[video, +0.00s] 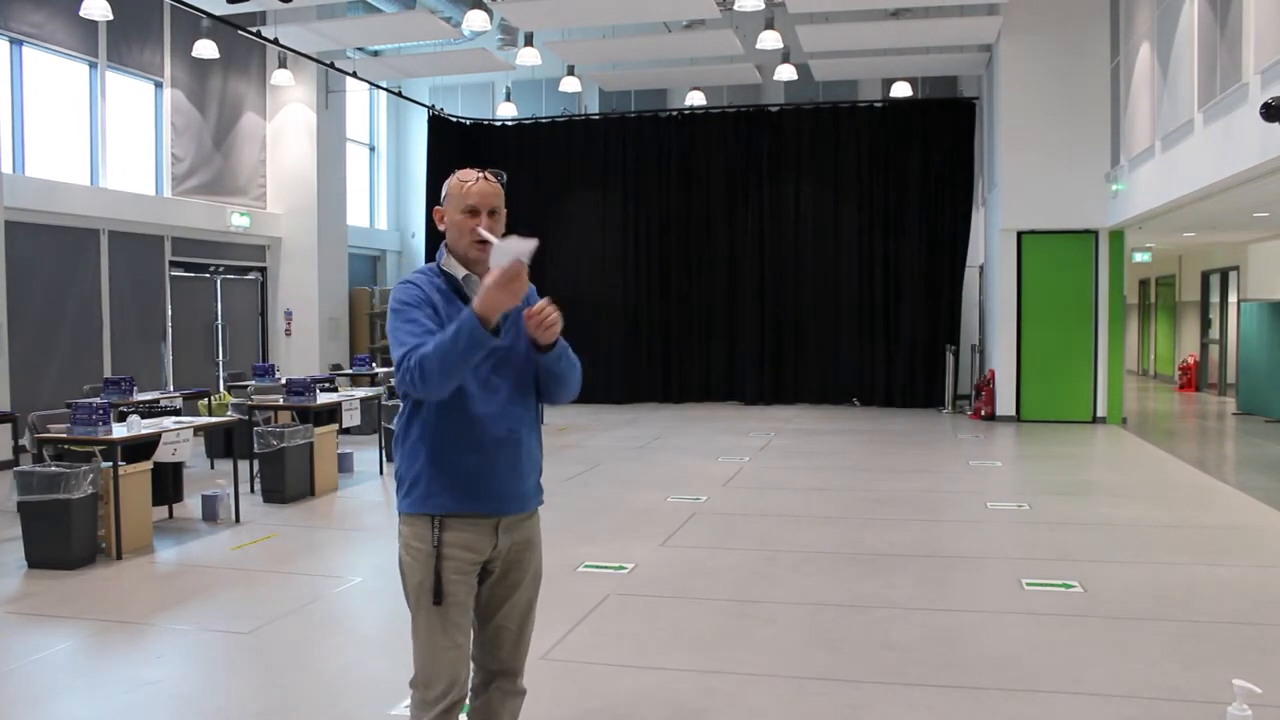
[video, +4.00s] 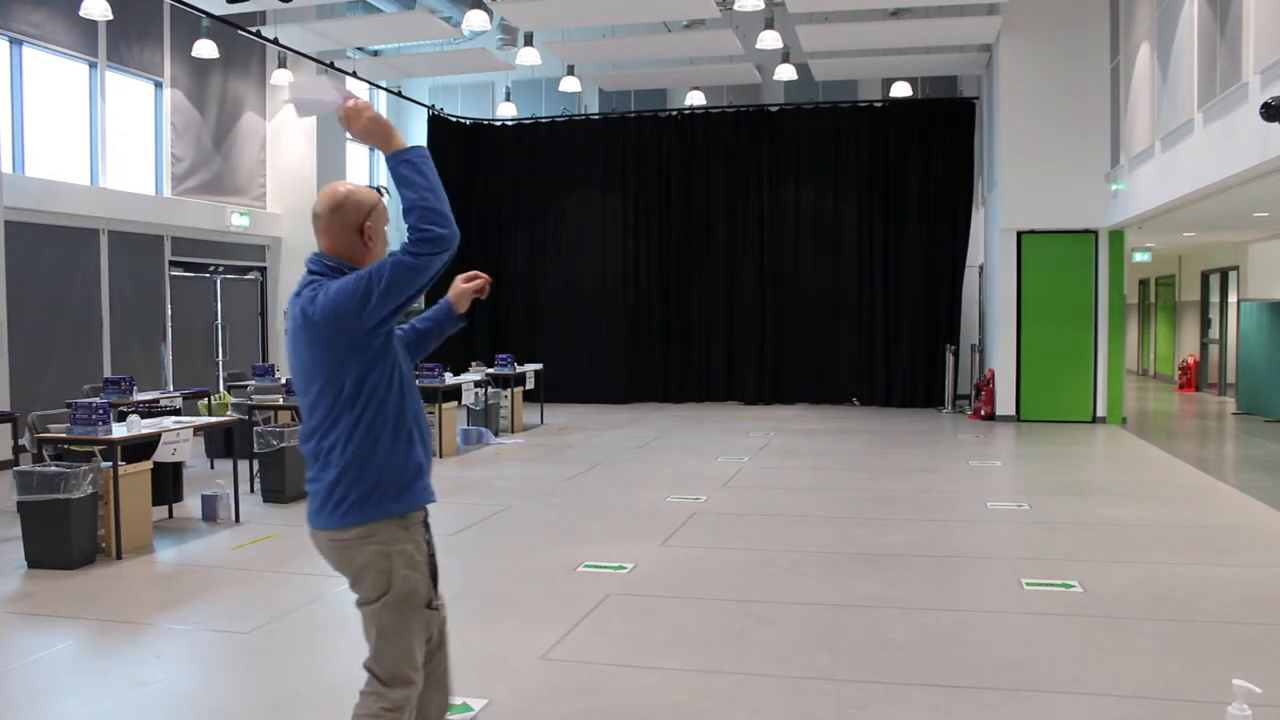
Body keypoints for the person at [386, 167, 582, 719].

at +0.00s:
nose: (484, 226)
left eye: (495, 215)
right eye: (471, 214)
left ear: (505, 222)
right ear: (441, 220)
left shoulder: (519, 290)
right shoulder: (415, 293)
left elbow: (563, 389)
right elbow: (419, 378)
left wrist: (550, 344)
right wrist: (485, 313)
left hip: (517, 514)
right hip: (440, 517)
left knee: (504, 681)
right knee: (442, 686)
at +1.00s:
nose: (430, 230)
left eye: (433, 217)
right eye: (420, 214)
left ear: (380, 211)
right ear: (373, 207)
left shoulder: (400, 290)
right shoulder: (340, 297)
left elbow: (439, 374)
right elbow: (393, 417)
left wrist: (509, 365)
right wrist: (492, 368)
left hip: (404, 526)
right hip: (352, 533)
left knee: (416, 685)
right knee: (373, 700)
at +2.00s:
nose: (338, 226)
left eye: (337, 211)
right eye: (334, 211)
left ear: (276, 211)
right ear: (311, 209)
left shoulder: (231, 286)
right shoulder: (313, 295)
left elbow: (283, 392)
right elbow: (369, 410)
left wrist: (376, 364)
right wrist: (403, 357)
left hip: (233, 522)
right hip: (303, 533)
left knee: (267, 693)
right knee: (341, 694)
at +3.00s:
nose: (311, 211)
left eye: (311, 200)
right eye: (309, 202)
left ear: (241, 213)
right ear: (293, 208)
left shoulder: (195, 294)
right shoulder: (313, 290)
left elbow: (234, 374)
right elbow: (409, 293)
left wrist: (322, 352)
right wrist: (428, 223)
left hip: (223, 529)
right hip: (307, 529)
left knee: (253, 691)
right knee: (344, 688)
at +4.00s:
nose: (386, 233)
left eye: (382, 222)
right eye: (382, 222)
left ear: (330, 234)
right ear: (367, 233)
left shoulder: (321, 301)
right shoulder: (340, 300)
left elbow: (387, 357)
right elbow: (436, 238)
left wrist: (449, 308)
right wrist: (393, 144)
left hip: (378, 510)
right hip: (373, 518)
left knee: (426, 645)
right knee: (395, 682)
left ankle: (432, 715)